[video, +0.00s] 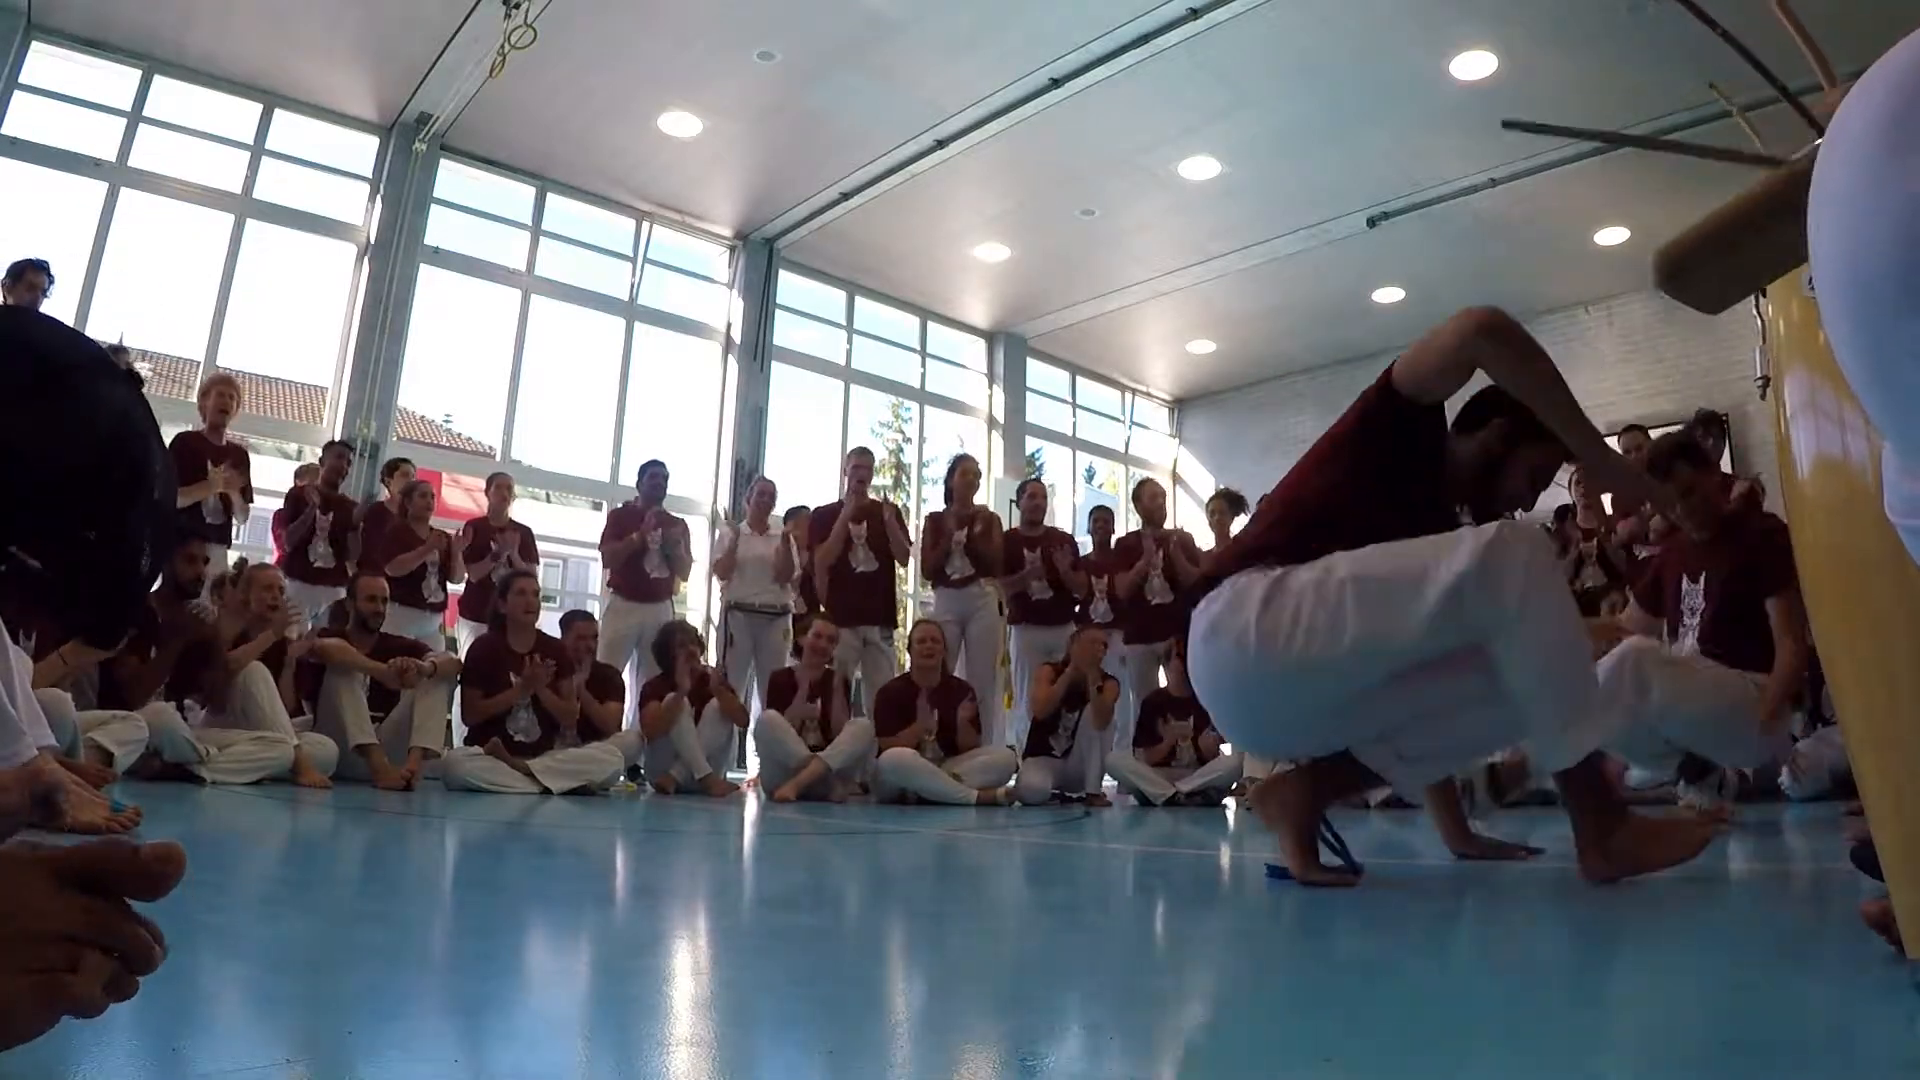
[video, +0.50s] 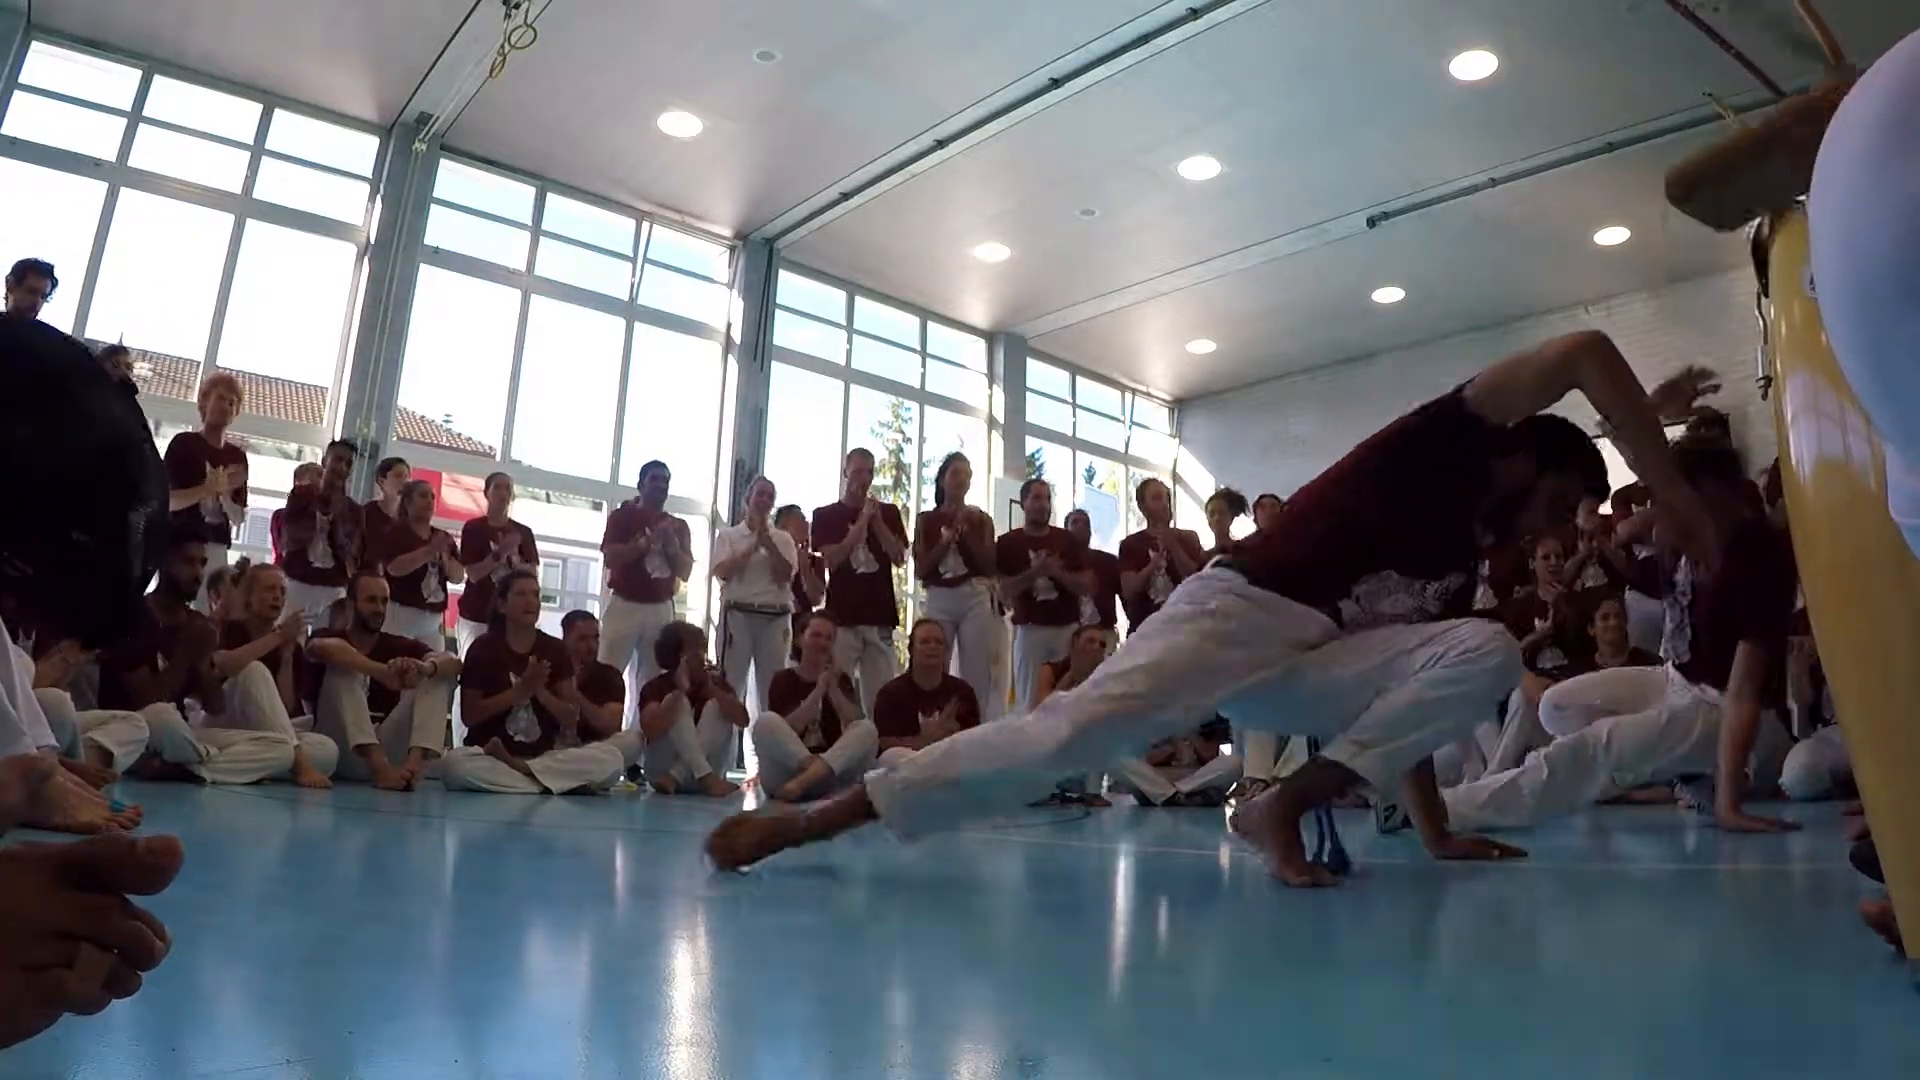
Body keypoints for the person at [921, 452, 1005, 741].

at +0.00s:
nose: (970, 479)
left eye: (975, 475)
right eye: (964, 473)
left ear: (980, 482)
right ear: (950, 479)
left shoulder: (989, 519)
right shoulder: (935, 520)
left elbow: (994, 566)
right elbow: (927, 570)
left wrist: (972, 539)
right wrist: (948, 543)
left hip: (982, 598)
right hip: (945, 599)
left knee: (981, 680)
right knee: (940, 677)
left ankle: (983, 752)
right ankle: (937, 751)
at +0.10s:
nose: (969, 479)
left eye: (974, 475)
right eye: (963, 473)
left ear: (979, 482)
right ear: (949, 479)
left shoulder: (988, 520)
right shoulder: (933, 520)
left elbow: (994, 566)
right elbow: (927, 570)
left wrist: (972, 538)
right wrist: (951, 542)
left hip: (981, 598)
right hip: (944, 598)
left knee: (980, 680)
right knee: (939, 676)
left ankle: (981, 752)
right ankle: (937, 751)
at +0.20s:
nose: (968, 479)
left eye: (972, 474)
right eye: (961, 473)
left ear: (977, 481)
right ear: (948, 479)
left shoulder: (987, 520)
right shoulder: (931, 520)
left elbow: (992, 566)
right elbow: (925, 569)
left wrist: (971, 535)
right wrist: (952, 541)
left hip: (980, 600)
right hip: (942, 599)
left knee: (978, 680)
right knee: (936, 676)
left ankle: (979, 751)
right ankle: (935, 750)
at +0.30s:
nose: (966, 480)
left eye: (971, 475)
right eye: (959, 474)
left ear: (975, 481)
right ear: (946, 479)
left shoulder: (986, 521)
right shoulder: (930, 521)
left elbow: (990, 566)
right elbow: (924, 569)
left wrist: (974, 538)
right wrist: (946, 541)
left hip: (978, 597)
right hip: (941, 597)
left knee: (977, 677)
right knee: (937, 674)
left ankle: (980, 749)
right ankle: (936, 749)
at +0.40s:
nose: (964, 479)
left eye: (968, 474)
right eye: (957, 473)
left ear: (973, 481)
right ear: (944, 479)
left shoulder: (983, 520)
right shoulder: (928, 519)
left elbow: (988, 567)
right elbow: (922, 569)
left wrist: (967, 535)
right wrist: (948, 537)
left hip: (976, 597)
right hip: (940, 597)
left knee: (977, 676)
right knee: (936, 674)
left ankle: (978, 740)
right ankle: (935, 739)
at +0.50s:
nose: (962, 479)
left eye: (966, 474)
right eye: (955, 473)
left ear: (971, 480)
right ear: (942, 478)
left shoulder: (981, 519)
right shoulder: (927, 520)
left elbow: (988, 567)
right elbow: (921, 569)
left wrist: (966, 536)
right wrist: (944, 542)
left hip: (976, 598)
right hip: (938, 598)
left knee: (976, 675)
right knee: (933, 673)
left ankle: (976, 737)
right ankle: (932, 737)